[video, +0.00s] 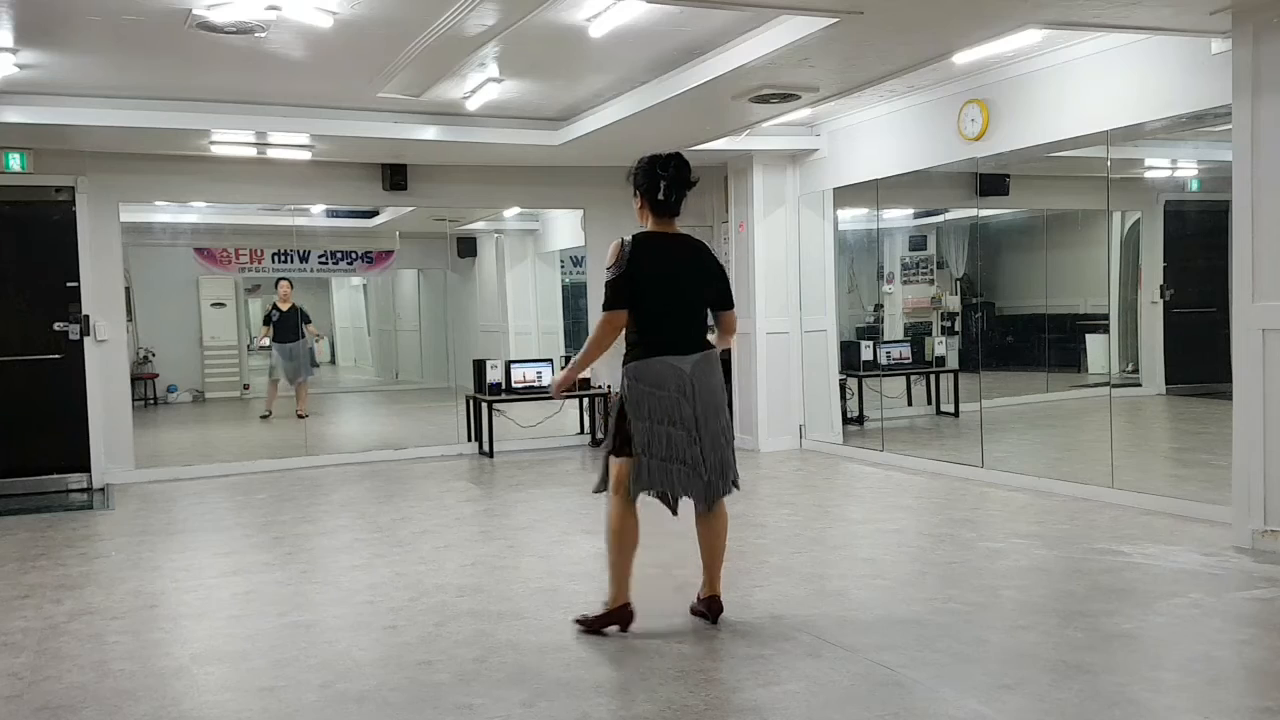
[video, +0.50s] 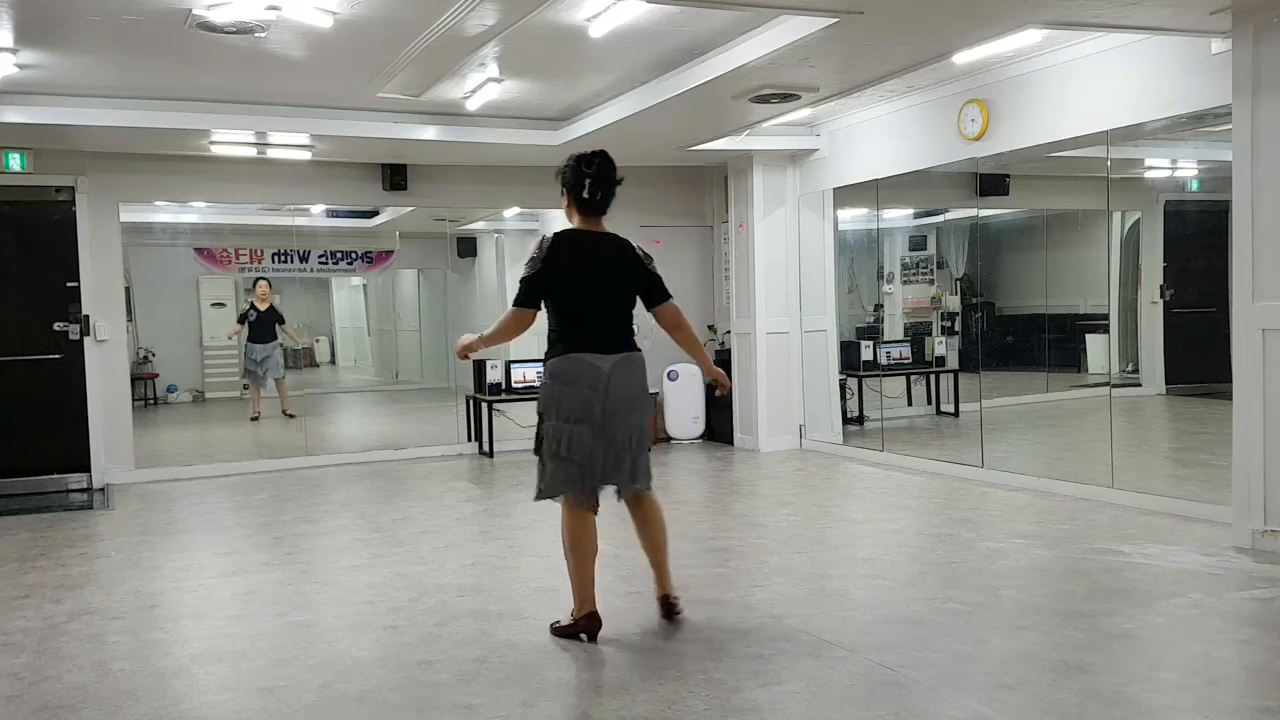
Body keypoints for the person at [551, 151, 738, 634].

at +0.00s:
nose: (634, 204)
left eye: (634, 197)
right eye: (638, 197)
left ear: (640, 202)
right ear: (681, 201)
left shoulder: (630, 254)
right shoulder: (703, 255)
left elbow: (613, 323)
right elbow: (728, 326)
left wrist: (574, 370)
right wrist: (715, 342)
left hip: (646, 377)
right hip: (703, 375)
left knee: (622, 489)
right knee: (709, 485)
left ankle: (619, 602)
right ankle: (711, 595)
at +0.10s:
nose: (623, 204)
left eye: (623, 198)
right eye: (628, 197)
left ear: (628, 202)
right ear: (670, 201)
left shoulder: (618, 254)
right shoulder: (690, 254)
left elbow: (600, 320)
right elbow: (722, 323)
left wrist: (553, 364)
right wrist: (714, 349)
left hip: (634, 377)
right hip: (689, 376)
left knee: (609, 490)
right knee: (701, 484)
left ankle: (589, 605)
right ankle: (711, 593)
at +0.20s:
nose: (609, 204)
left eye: (609, 197)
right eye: (614, 196)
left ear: (614, 201)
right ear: (656, 201)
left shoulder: (602, 252)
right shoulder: (675, 255)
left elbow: (580, 321)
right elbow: (710, 318)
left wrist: (530, 355)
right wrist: (723, 349)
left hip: (617, 376)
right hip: (673, 373)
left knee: (601, 491)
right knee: (690, 483)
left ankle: (587, 608)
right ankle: (708, 590)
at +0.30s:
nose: (589, 201)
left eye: (590, 194)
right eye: (594, 194)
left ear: (596, 198)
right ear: (638, 199)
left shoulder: (583, 251)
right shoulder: (657, 253)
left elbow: (559, 314)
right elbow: (692, 312)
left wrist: (508, 346)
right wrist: (718, 348)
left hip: (598, 375)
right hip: (654, 372)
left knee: (591, 492)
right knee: (675, 481)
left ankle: (587, 611)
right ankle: (704, 586)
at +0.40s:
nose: (573, 200)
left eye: (574, 194)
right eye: (578, 193)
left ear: (580, 197)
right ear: (621, 198)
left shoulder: (565, 250)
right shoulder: (641, 253)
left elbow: (535, 316)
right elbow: (679, 315)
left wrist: (490, 342)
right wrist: (712, 357)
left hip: (581, 374)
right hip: (638, 373)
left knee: (584, 492)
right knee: (659, 482)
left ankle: (586, 611)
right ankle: (696, 587)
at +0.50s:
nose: (561, 200)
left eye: (561, 194)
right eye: (564, 194)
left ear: (567, 197)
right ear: (611, 198)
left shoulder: (551, 249)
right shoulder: (629, 252)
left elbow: (520, 318)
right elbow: (670, 317)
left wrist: (479, 342)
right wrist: (708, 364)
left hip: (570, 375)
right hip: (626, 374)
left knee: (577, 493)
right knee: (638, 486)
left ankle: (585, 611)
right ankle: (666, 589)